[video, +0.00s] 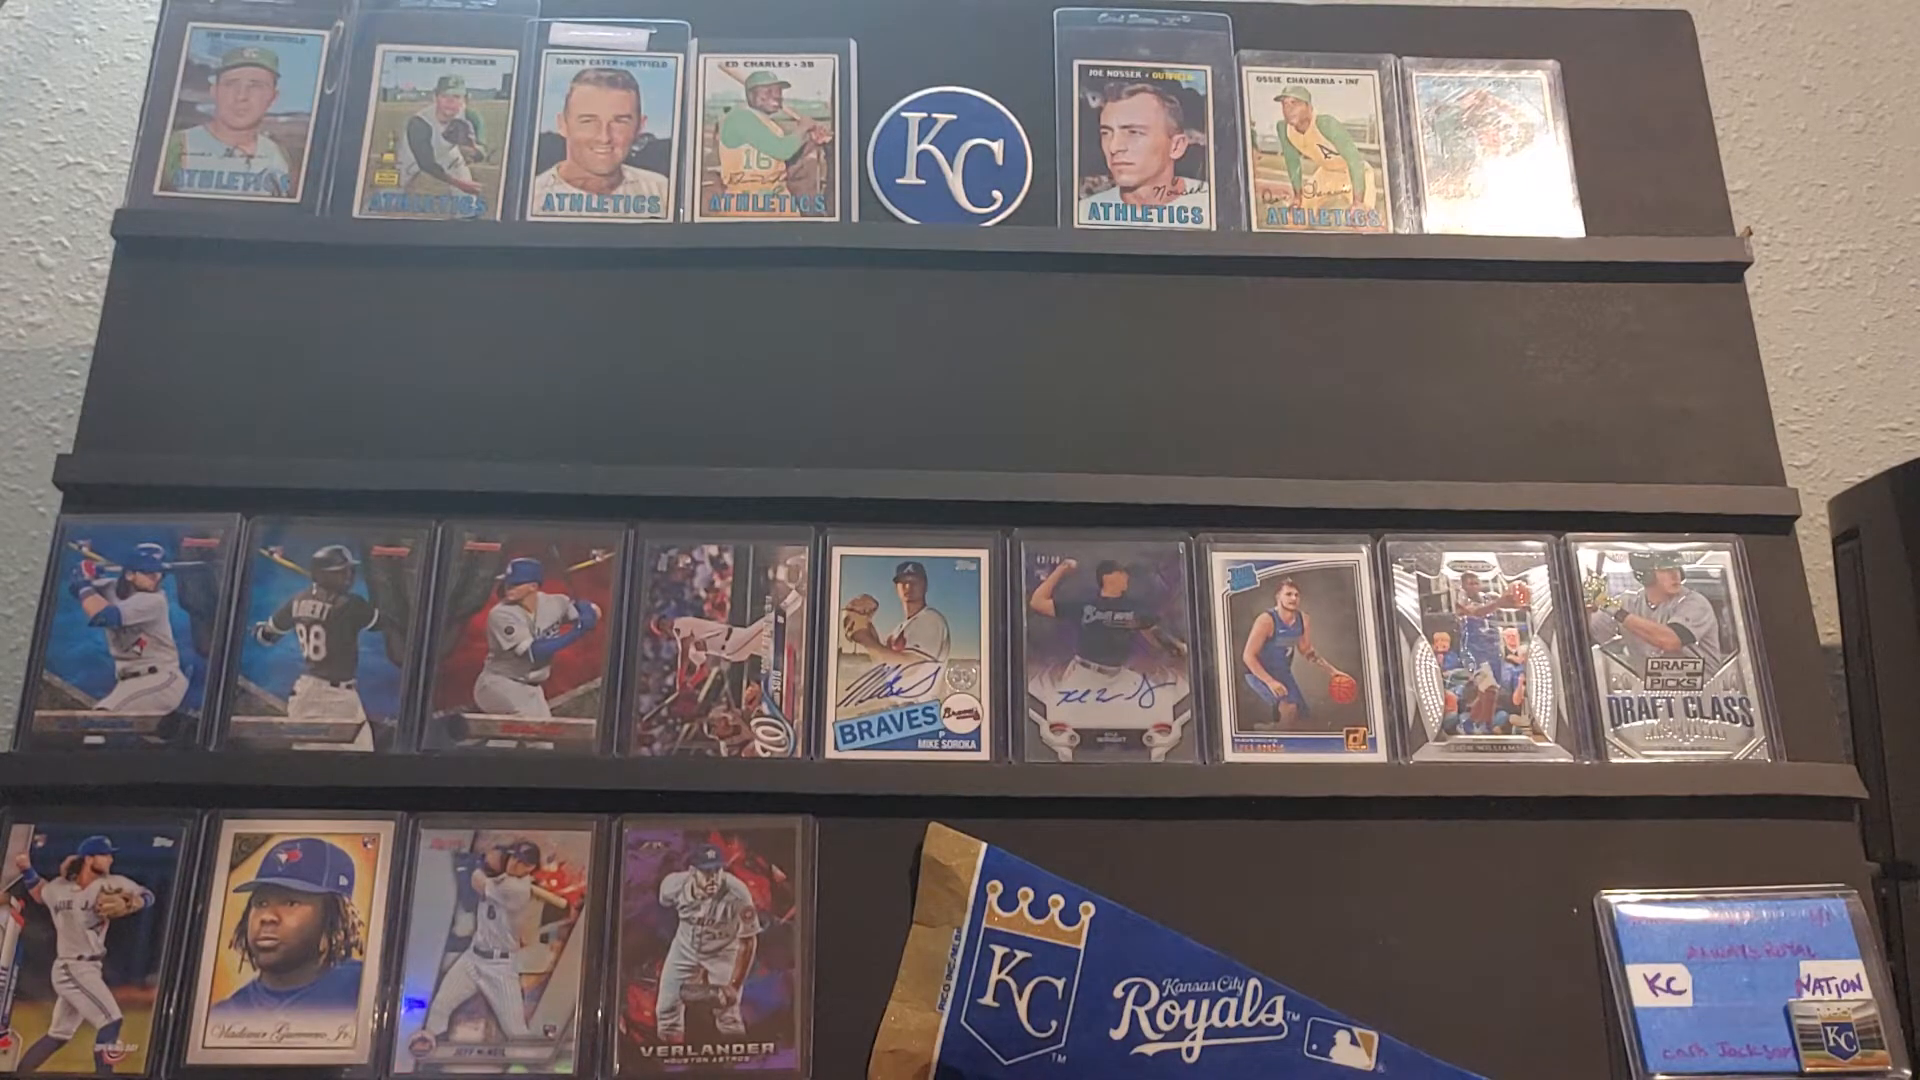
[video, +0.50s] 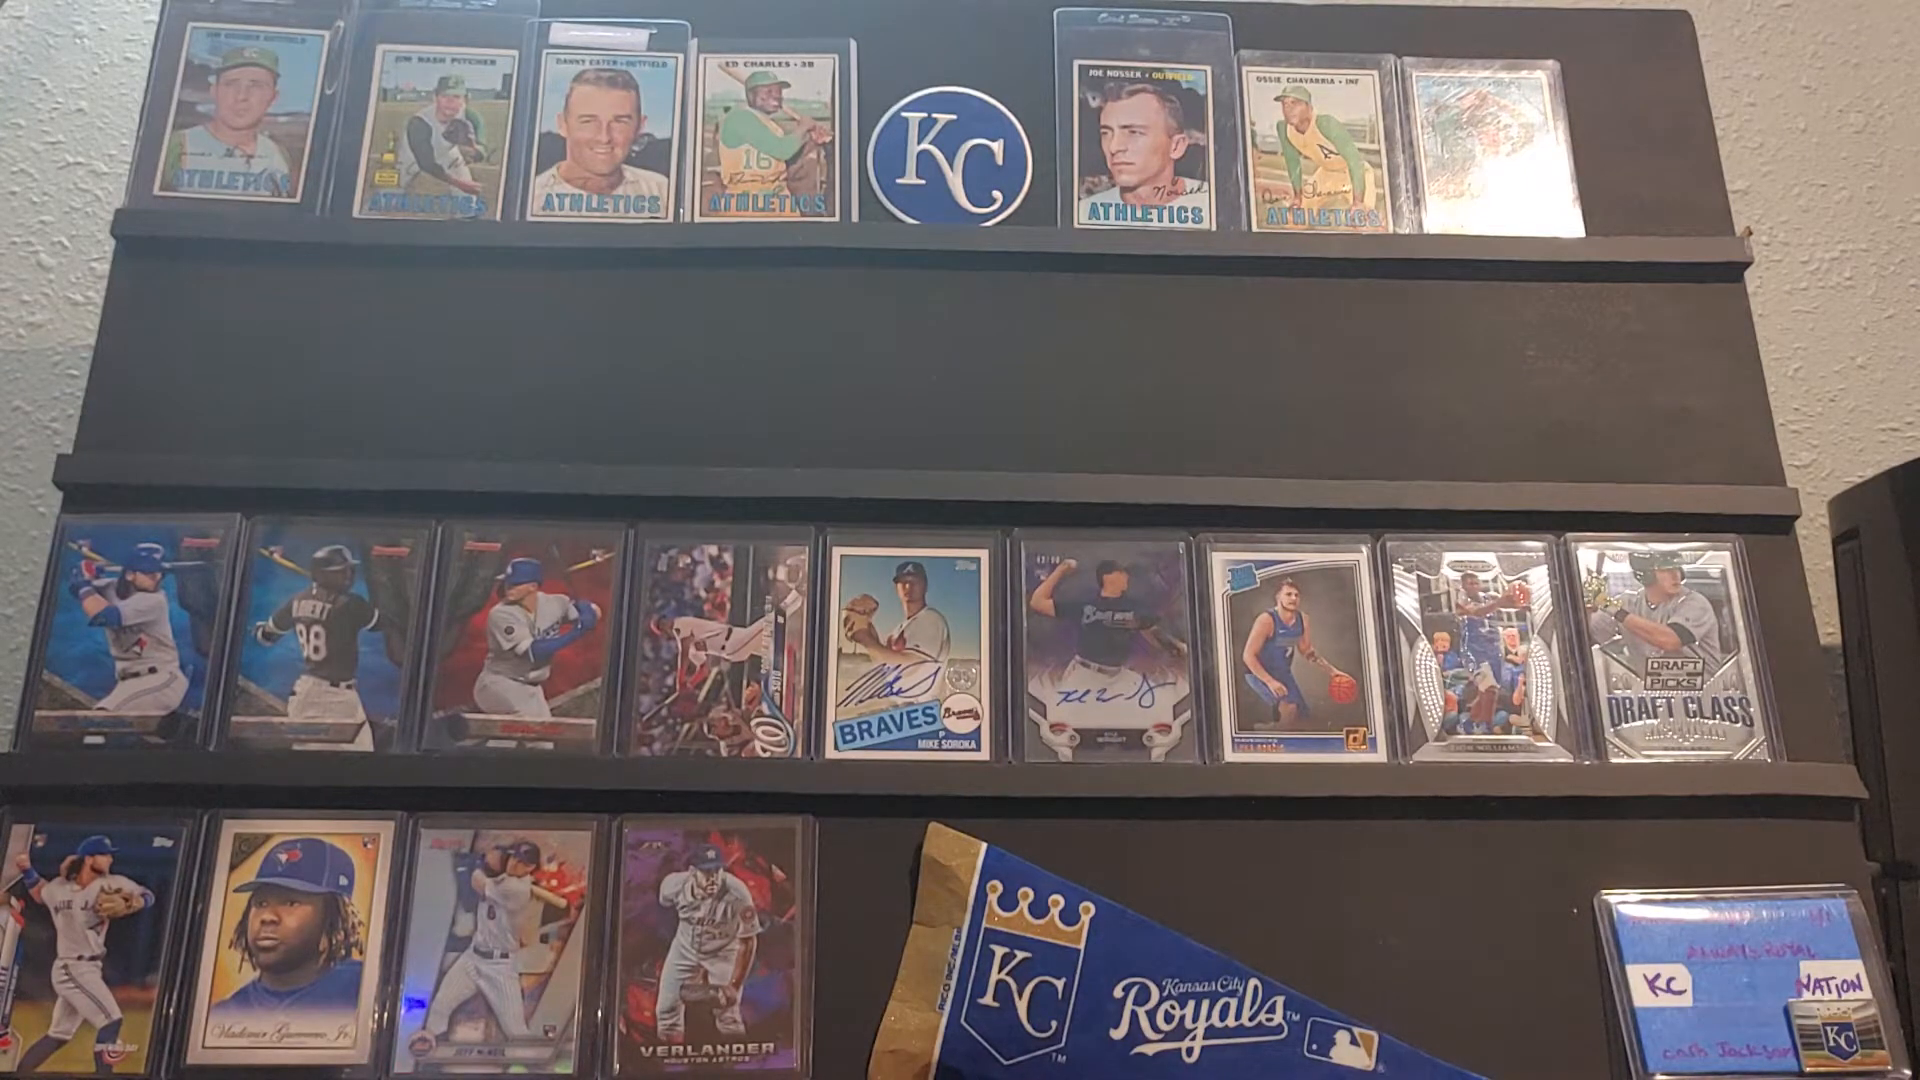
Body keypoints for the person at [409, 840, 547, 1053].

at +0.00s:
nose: (513, 864)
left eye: (520, 862)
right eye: (513, 858)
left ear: (530, 869)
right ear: (509, 858)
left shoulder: (518, 889)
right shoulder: (501, 878)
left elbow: (477, 882)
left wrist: (483, 866)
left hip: (501, 965)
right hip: (473, 958)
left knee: (515, 1030)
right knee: (440, 1005)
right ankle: (425, 1061)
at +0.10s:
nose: (513, 863)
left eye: (519, 861)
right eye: (513, 858)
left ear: (530, 868)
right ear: (509, 858)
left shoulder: (518, 889)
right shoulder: (502, 878)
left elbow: (477, 883)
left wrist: (482, 867)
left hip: (501, 965)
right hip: (473, 958)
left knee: (515, 1030)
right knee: (440, 1004)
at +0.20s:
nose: (514, 864)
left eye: (521, 862)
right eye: (514, 858)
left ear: (530, 868)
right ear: (510, 858)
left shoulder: (517, 889)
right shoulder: (503, 879)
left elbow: (477, 882)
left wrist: (482, 865)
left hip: (500, 965)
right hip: (472, 958)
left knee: (515, 1030)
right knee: (440, 1005)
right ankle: (425, 1063)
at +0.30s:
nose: (514, 864)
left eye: (521, 862)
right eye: (514, 858)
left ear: (530, 868)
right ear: (510, 858)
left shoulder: (517, 889)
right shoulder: (503, 879)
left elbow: (477, 882)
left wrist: (482, 865)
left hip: (500, 965)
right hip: (472, 958)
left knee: (515, 1030)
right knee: (440, 1005)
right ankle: (424, 1062)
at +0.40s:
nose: (514, 864)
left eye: (521, 862)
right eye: (514, 858)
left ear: (530, 868)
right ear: (510, 858)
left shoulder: (517, 889)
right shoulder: (504, 878)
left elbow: (477, 882)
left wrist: (481, 865)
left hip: (500, 965)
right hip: (472, 958)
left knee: (515, 1030)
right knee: (441, 1004)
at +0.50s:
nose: (514, 864)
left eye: (521, 862)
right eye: (514, 859)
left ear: (530, 868)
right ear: (510, 858)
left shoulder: (517, 889)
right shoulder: (503, 879)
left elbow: (477, 882)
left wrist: (483, 865)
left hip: (500, 965)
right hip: (472, 958)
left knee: (515, 1029)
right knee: (440, 1005)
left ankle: (536, 1070)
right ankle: (424, 1062)